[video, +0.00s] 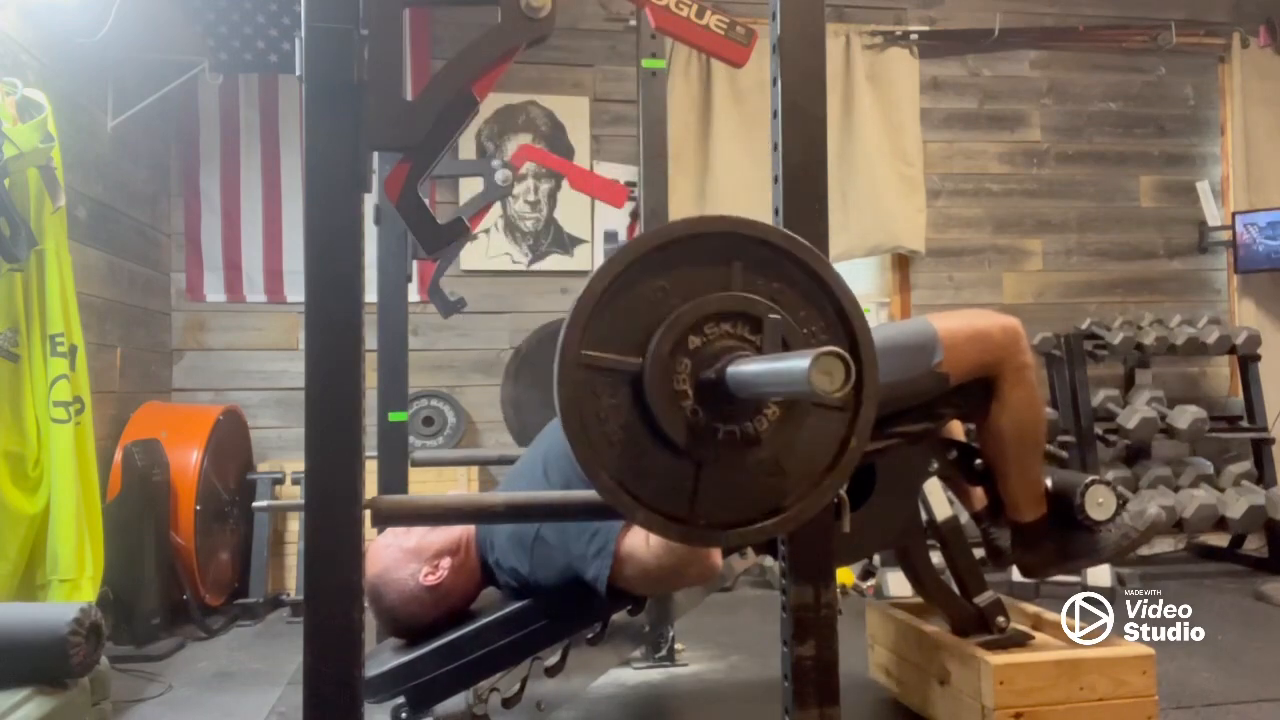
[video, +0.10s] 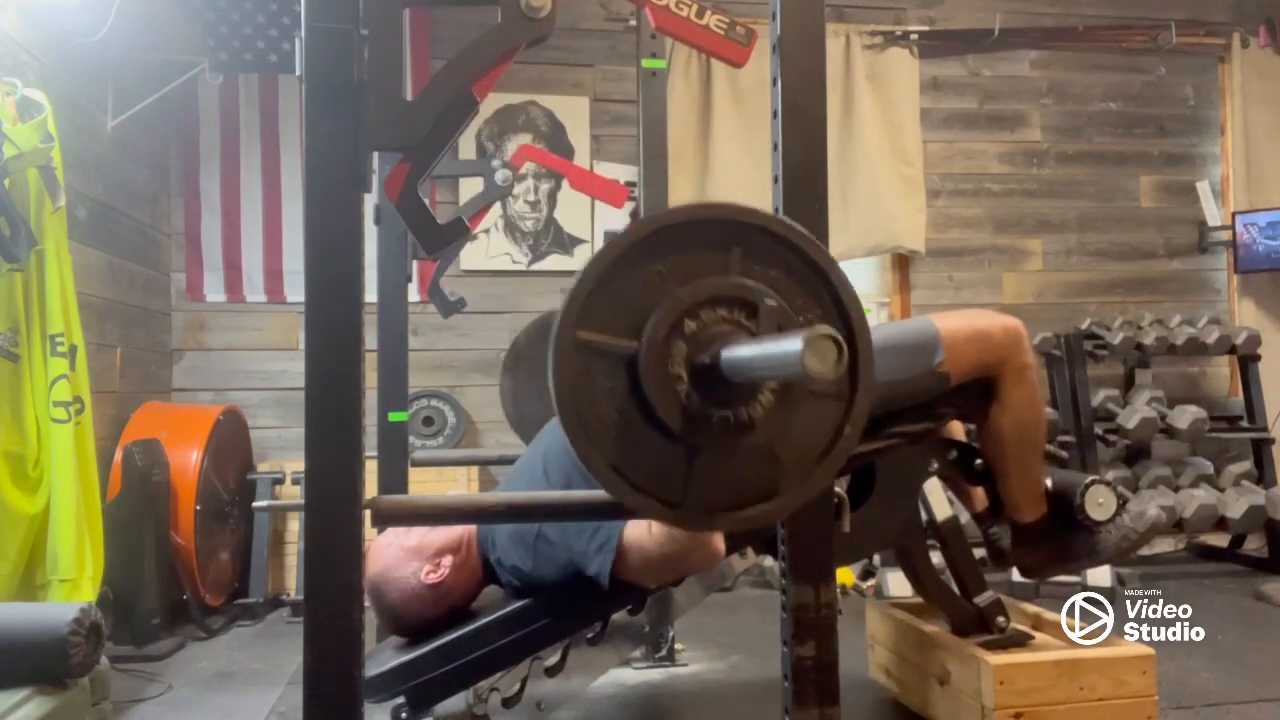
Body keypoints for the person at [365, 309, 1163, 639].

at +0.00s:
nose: (418, 528)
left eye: (399, 534)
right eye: (416, 548)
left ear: (427, 551)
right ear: (447, 574)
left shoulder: (496, 496)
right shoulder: (535, 540)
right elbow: (697, 565)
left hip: (716, 391)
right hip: (755, 434)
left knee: (906, 318)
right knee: (999, 339)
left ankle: (980, 475)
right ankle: (1031, 524)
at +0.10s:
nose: (419, 526)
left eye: (402, 532)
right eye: (417, 544)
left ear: (430, 553)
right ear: (447, 572)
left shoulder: (498, 497)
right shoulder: (533, 542)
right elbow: (689, 544)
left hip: (711, 394)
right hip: (754, 434)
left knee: (896, 311)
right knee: (1001, 339)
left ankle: (976, 468)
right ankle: (1032, 525)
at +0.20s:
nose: (421, 527)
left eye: (403, 533)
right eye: (419, 545)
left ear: (428, 546)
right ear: (449, 573)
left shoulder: (496, 498)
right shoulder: (531, 539)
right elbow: (686, 528)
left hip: (708, 390)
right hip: (748, 432)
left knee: (916, 317)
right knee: (1004, 340)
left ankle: (982, 474)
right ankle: (1032, 527)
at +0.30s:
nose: (421, 530)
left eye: (404, 535)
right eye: (419, 548)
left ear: (428, 543)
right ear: (448, 576)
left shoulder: (500, 497)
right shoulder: (527, 546)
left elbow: (605, 420)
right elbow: (659, 499)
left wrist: (657, 321)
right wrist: (669, 365)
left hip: (735, 375)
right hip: (757, 428)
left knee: (953, 326)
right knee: (1004, 341)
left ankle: (986, 472)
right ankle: (1033, 527)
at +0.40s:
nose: (420, 530)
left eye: (402, 534)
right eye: (417, 548)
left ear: (429, 544)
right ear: (447, 576)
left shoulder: (503, 493)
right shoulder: (526, 547)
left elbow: (630, 432)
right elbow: (654, 463)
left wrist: (609, 312)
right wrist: (635, 325)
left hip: (745, 372)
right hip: (766, 424)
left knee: (960, 327)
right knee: (1005, 341)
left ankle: (982, 476)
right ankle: (1032, 528)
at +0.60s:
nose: (415, 530)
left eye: (398, 533)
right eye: (411, 548)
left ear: (427, 541)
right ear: (444, 578)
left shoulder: (505, 493)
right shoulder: (528, 559)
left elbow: (556, 379)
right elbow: (591, 399)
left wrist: (567, 213)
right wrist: (591, 228)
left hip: (748, 373)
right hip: (772, 423)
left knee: (957, 329)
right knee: (1004, 341)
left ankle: (980, 477)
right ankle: (1031, 527)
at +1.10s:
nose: (418, 526)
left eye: (400, 532)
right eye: (416, 545)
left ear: (428, 542)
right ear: (447, 576)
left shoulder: (498, 498)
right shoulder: (526, 546)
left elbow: (627, 432)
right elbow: (659, 467)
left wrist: (616, 312)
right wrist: (636, 328)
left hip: (738, 383)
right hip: (763, 431)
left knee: (943, 326)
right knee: (1003, 341)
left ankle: (987, 485)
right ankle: (1032, 529)